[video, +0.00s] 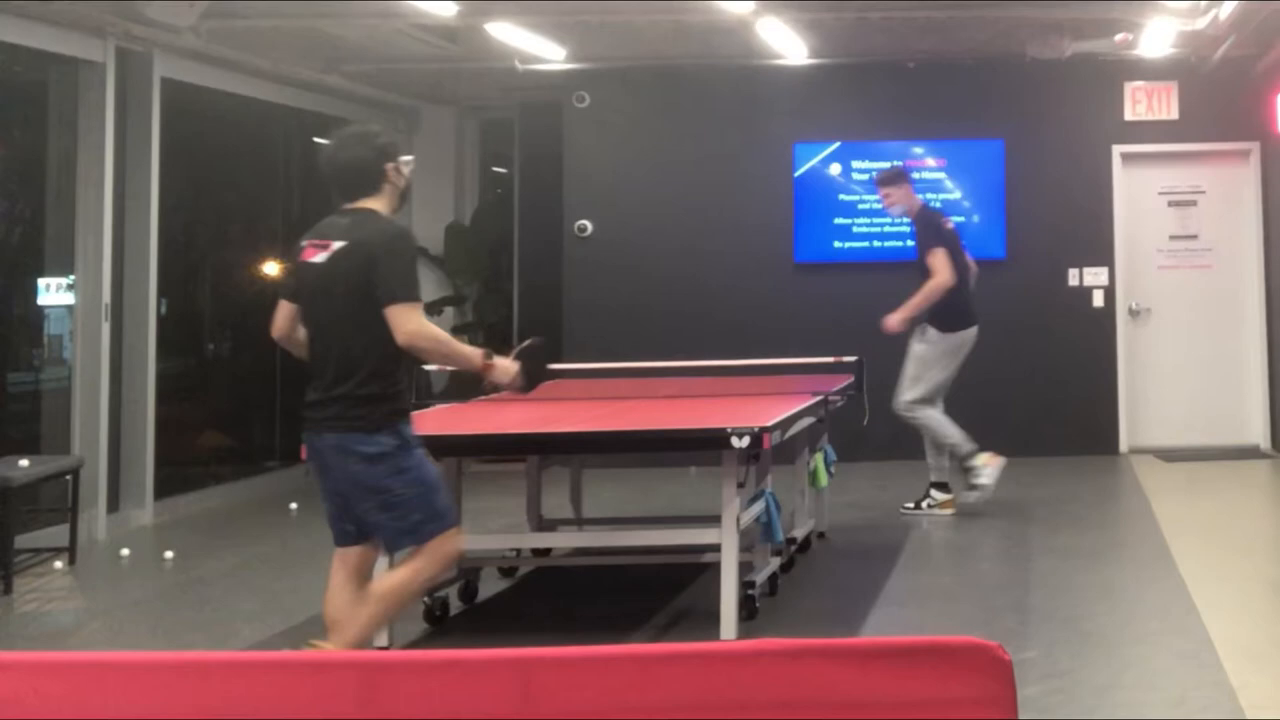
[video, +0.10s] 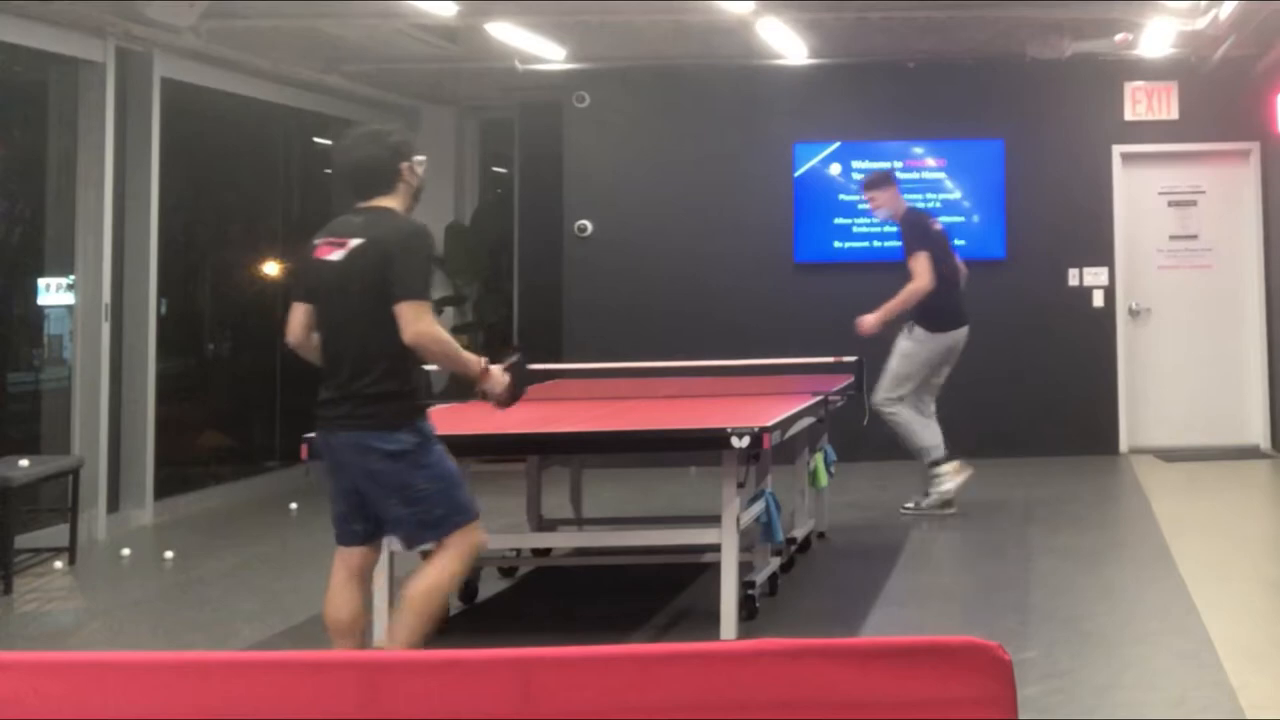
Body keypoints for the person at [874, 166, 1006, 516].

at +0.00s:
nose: (885, 203)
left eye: (889, 195)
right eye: (883, 197)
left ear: (908, 189)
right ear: (895, 196)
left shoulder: (925, 224)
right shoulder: (935, 220)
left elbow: (943, 277)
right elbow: (969, 269)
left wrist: (902, 314)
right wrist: (944, 309)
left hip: (944, 328)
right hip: (958, 327)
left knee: (909, 402)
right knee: (929, 404)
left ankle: (977, 460)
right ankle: (940, 491)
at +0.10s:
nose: (871, 207)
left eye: (874, 199)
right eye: (868, 201)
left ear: (893, 193)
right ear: (894, 196)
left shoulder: (911, 225)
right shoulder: (926, 222)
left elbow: (924, 281)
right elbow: (959, 270)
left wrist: (878, 316)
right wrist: (935, 306)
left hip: (929, 329)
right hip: (954, 328)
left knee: (887, 399)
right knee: (922, 402)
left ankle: (943, 466)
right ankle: (940, 492)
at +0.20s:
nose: (849, 216)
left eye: (852, 208)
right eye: (846, 210)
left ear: (871, 200)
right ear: (873, 203)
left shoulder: (889, 231)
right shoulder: (907, 227)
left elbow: (892, 292)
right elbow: (942, 275)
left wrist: (842, 324)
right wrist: (913, 307)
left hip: (913, 334)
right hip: (942, 332)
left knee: (867, 401)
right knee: (909, 408)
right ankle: (939, 490)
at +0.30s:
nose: (824, 227)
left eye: (827, 219)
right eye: (821, 221)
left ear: (846, 211)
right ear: (849, 214)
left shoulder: (865, 242)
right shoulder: (885, 234)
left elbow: (860, 306)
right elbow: (915, 283)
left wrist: (809, 335)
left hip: (900, 341)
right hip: (928, 337)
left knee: (859, 411)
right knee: (899, 414)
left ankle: (822, 485)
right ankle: (937, 489)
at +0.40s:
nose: (797, 238)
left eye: (799, 229)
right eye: (794, 232)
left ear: (819, 220)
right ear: (817, 224)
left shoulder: (838, 252)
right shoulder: (859, 241)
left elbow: (827, 318)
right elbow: (884, 297)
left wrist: (776, 346)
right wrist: (861, 340)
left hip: (888, 345)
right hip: (911, 339)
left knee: (845, 418)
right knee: (887, 420)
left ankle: (802, 494)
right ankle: (936, 490)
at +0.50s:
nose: (770, 245)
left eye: (774, 237)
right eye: (767, 239)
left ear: (795, 229)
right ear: (798, 232)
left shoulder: (810, 262)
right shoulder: (833, 248)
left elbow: (796, 328)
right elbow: (866, 301)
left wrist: (745, 357)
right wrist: (838, 339)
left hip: (868, 347)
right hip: (896, 341)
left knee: (816, 412)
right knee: (877, 423)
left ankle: (800, 493)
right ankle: (932, 488)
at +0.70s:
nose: (734, 256)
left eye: (738, 248)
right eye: (731, 250)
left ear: (760, 241)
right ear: (762, 243)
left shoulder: (772, 272)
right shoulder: (798, 255)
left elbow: (748, 339)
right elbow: (828, 308)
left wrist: (693, 363)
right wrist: (791, 342)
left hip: (841, 354)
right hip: (873, 344)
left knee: (797, 422)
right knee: (861, 422)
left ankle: (789, 500)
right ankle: (924, 484)